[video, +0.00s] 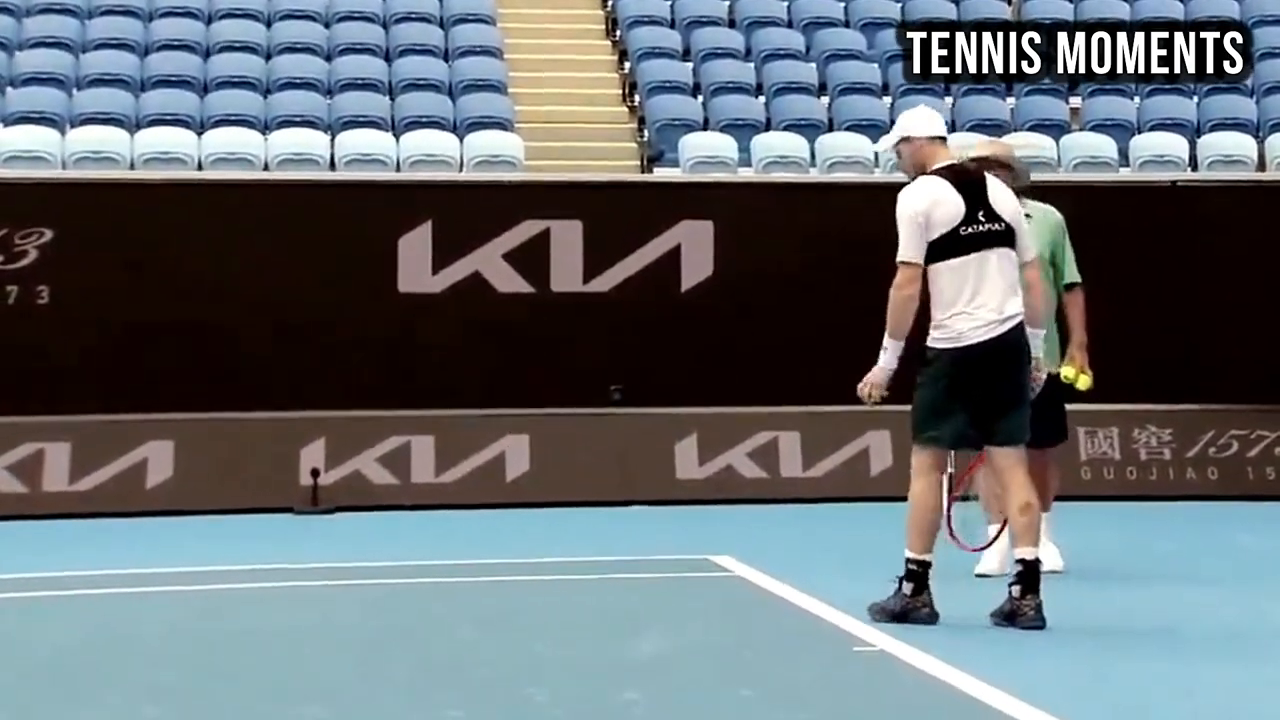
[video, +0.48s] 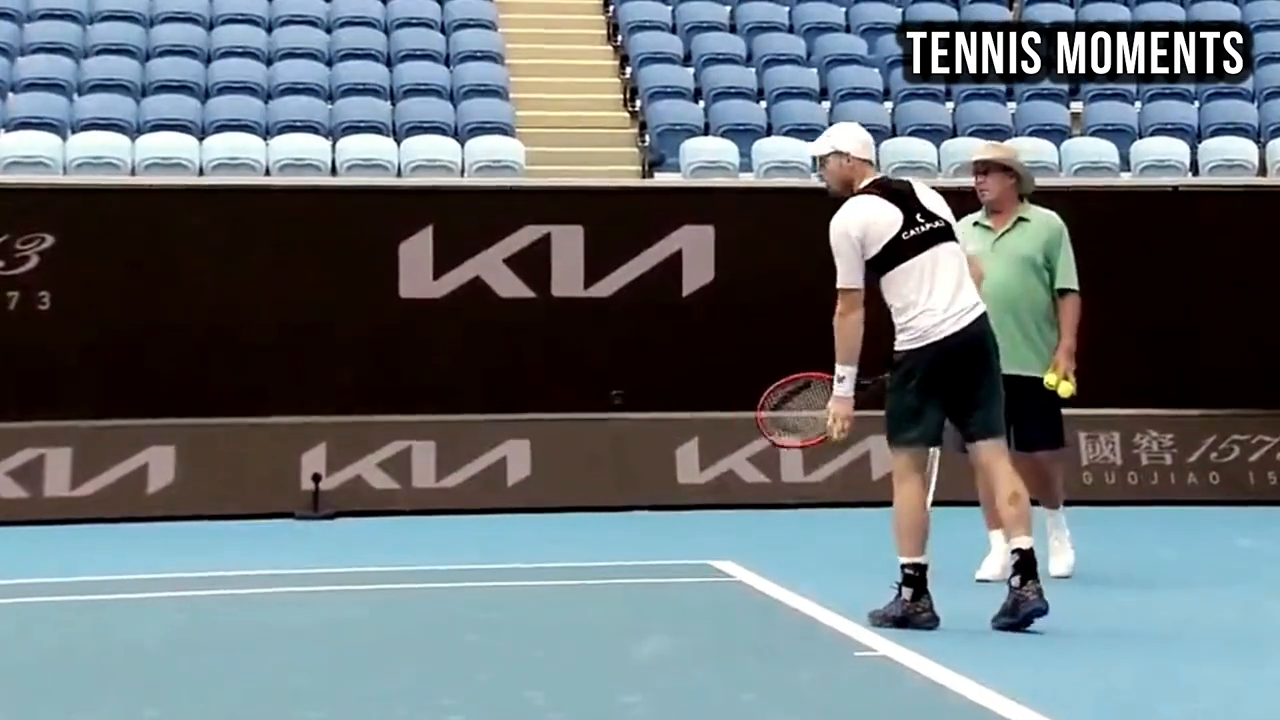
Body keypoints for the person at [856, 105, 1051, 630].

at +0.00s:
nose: (897, 159)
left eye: (899, 149)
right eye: (897, 150)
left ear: (917, 144)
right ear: (940, 140)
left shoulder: (917, 197)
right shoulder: (998, 187)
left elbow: (908, 285)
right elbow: (1034, 272)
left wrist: (885, 362)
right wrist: (1033, 348)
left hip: (952, 353)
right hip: (1009, 349)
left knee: (926, 467)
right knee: (1013, 467)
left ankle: (914, 590)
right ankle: (1027, 595)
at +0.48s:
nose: (822, 173)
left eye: (825, 163)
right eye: (821, 164)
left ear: (849, 161)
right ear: (867, 160)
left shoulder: (848, 219)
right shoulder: (922, 190)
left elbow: (849, 309)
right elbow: (972, 269)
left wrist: (842, 392)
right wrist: (950, 324)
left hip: (919, 353)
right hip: (975, 337)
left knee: (909, 472)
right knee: (994, 458)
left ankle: (914, 595)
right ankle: (1027, 583)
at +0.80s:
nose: (816, 179)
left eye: (820, 168)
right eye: (816, 169)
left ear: (842, 169)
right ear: (861, 169)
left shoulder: (840, 226)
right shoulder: (912, 197)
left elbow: (820, 315)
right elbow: (935, 282)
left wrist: (795, 393)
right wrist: (890, 343)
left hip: (922, 355)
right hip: (977, 335)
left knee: (908, 472)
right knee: (1015, 457)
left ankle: (913, 596)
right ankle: (1061, 575)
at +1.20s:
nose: (852, 187)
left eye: (857, 177)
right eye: (852, 178)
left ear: (882, 178)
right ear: (896, 179)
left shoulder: (875, 235)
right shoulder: (948, 202)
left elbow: (851, 325)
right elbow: (955, 296)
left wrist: (823, 400)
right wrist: (898, 351)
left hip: (957, 355)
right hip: (1013, 339)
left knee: (925, 471)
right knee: (1047, 465)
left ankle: (915, 595)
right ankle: (1087, 588)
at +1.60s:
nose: (944, 177)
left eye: (948, 167)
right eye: (946, 167)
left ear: (967, 170)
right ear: (993, 168)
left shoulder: (956, 234)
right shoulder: (1045, 205)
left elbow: (969, 323)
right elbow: (1058, 286)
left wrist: (976, 395)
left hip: (1011, 373)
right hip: (1071, 363)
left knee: (959, 476)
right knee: (1076, 481)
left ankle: (917, 593)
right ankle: (1092, 597)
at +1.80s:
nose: (1002, 157)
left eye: (1002, 153)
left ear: (1007, 160)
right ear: (1050, 159)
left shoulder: (986, 216)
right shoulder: (1090, 212)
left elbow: (970, 288)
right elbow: (1115, 295)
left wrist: (952, 341)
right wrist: (1110, 353)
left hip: (1012, 373)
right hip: (1074, 369)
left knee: (962, 471)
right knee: (1081, 484)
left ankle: (921, 592)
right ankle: (1092, 597)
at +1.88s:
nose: (1013, 152)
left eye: (1015, 149)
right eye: (1023, 149)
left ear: (1019, 158)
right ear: (1062, 159)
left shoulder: (992, 206)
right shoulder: (1094, 212)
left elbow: (957, 241)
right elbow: (1123, 286)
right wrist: (1120, 346)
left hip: (1009, 371)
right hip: (1072, 369)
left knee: (960, 474)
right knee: (1080, 488)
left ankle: (923, 591)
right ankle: (1091, 597)